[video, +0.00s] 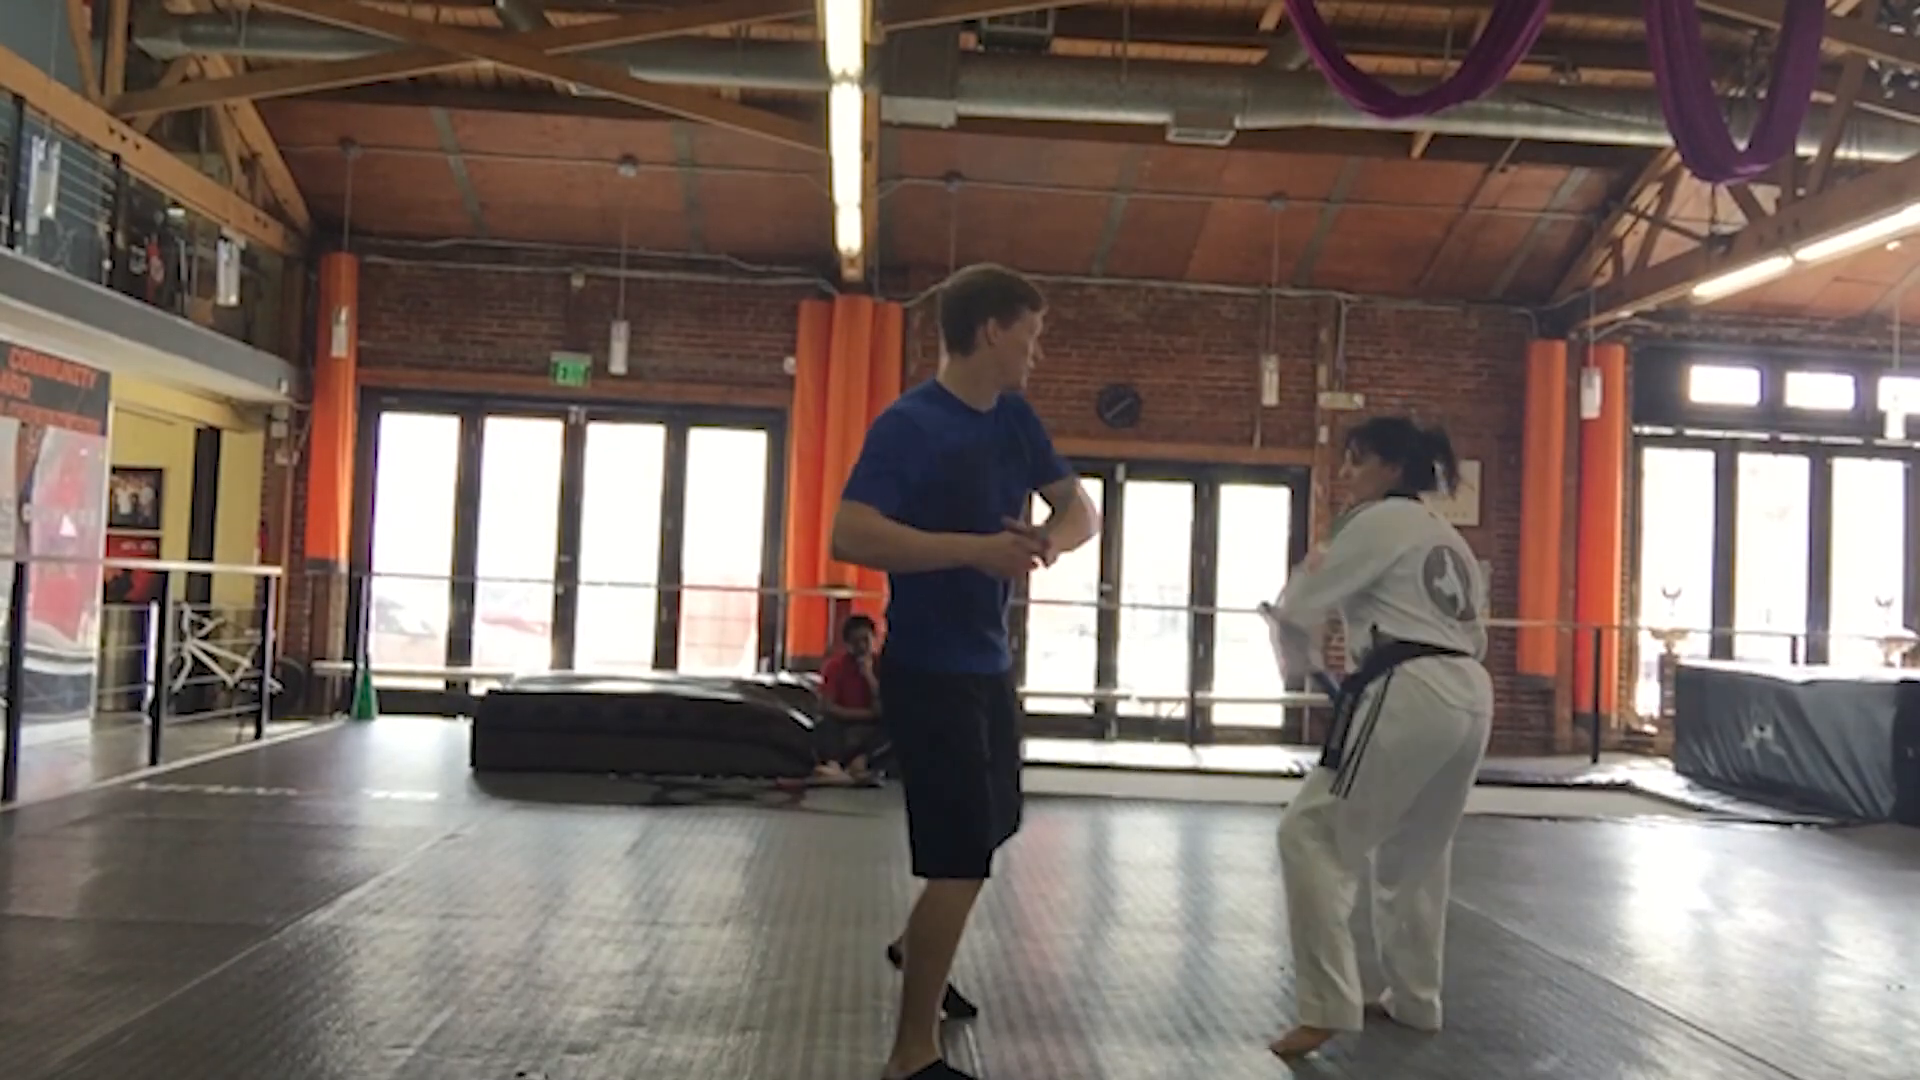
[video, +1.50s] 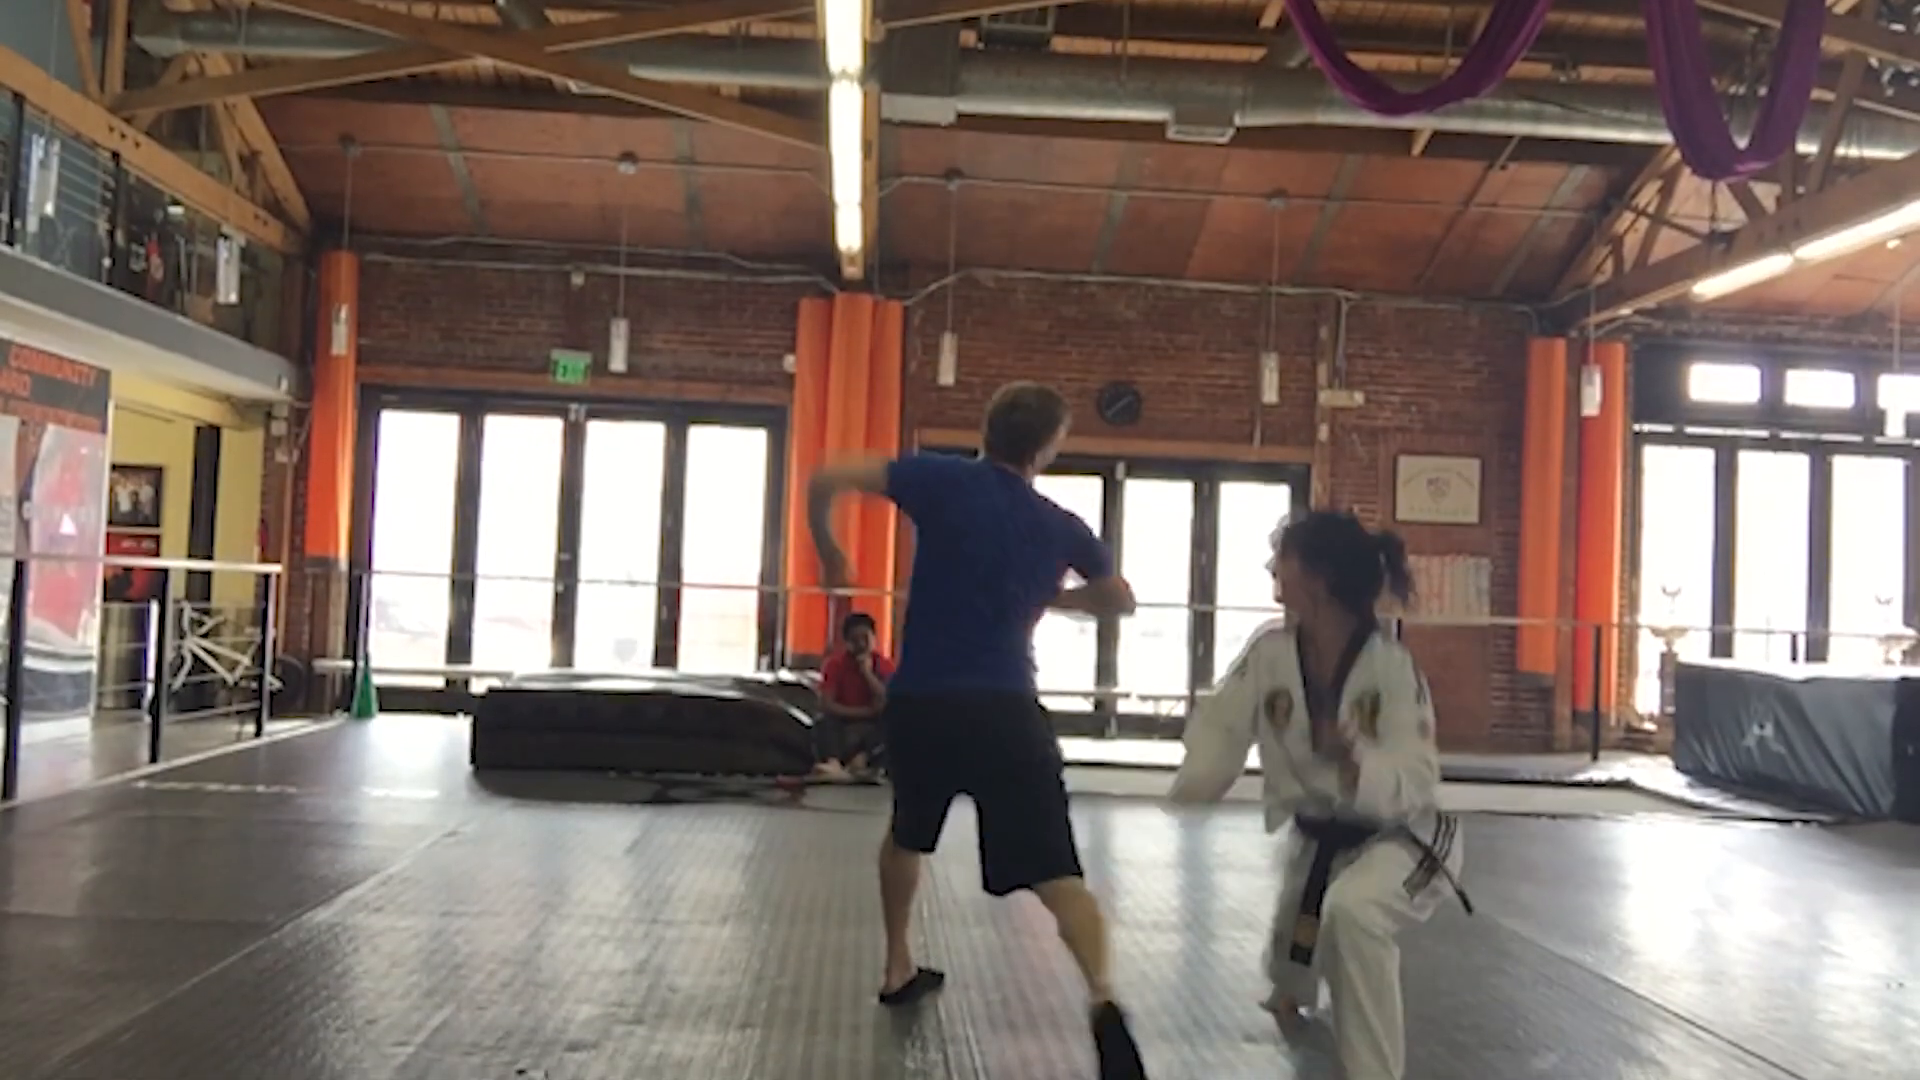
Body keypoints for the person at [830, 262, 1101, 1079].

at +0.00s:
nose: (1036, 352)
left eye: (1038, 337)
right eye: (1031, 336)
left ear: (994, 335)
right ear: (989, 332)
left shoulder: (1014, 419)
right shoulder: (910, 423)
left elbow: (1078, 508)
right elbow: (851, 531)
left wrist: (1051, 540)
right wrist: (973, 548)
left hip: (987, 666)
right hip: (930, 670)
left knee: (992, 824)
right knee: (960, 862)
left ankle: (921, 944)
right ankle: (912, 1057)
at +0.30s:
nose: (1047, 393)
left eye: (1049, 380)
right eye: (1040, 378)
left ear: (1010, 380)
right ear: (994, 378)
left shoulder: (1043, 444)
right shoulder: (910, 462)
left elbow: (1169, 443)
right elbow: (792, 536)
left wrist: (1138, 423)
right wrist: (850, 514)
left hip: (1009, 697)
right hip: (941, 699)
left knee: (1002, 841)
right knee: (980, 866)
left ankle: (937, 935)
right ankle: (917, 1058)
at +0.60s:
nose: (1070, 397)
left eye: (1068, 386)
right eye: (1065, 386)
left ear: (991, 378)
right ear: (1039, 386)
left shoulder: (931, 437)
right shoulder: (1022, 430)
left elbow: (874, 457)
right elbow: (1128, 382)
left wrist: (941, 430)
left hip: (939, 675)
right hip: (994, 675)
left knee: (978, 827)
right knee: (1055, 852)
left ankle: (925, 968)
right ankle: (956, 1008)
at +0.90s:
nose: (1081, 478)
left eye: (1086, 468)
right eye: (1083, 465)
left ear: (1019, 440)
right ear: (1058, 452)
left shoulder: (943, 465)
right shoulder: (1056, 529)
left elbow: (865, 541)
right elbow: (1031, 618)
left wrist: (907, 580)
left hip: (924, 697)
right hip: (1006, 706)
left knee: (939, 824)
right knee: (1060, 876)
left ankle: (909, 974)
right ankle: (1039, 1050)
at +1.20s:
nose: (1064, 523)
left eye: (1070, 516)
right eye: (1067, 512)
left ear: (1017, 472)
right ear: (1044, 486)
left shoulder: (940, 496)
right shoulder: (1037, 519)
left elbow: (937, 586)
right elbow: (1068, 588)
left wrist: (1010, 634)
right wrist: (1004, 557)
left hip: (901, 702)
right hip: (983, 707)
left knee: (941, 826)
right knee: (1079, 871)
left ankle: (909, 976)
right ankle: (1069, 1012)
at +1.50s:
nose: (1057, 452)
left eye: (1055, 442)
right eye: (1057, 443)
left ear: (988, 433)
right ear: (1045, 450)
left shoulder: (936, 477)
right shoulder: (1056, 524)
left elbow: (822, 481)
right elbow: (1117, 597)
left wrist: (830, 554)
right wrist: (1047, 599)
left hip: (921, 703)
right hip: (1007, 711)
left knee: (905, 833)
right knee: (1057, 870)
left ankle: (897, 969)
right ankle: (1103, 998)